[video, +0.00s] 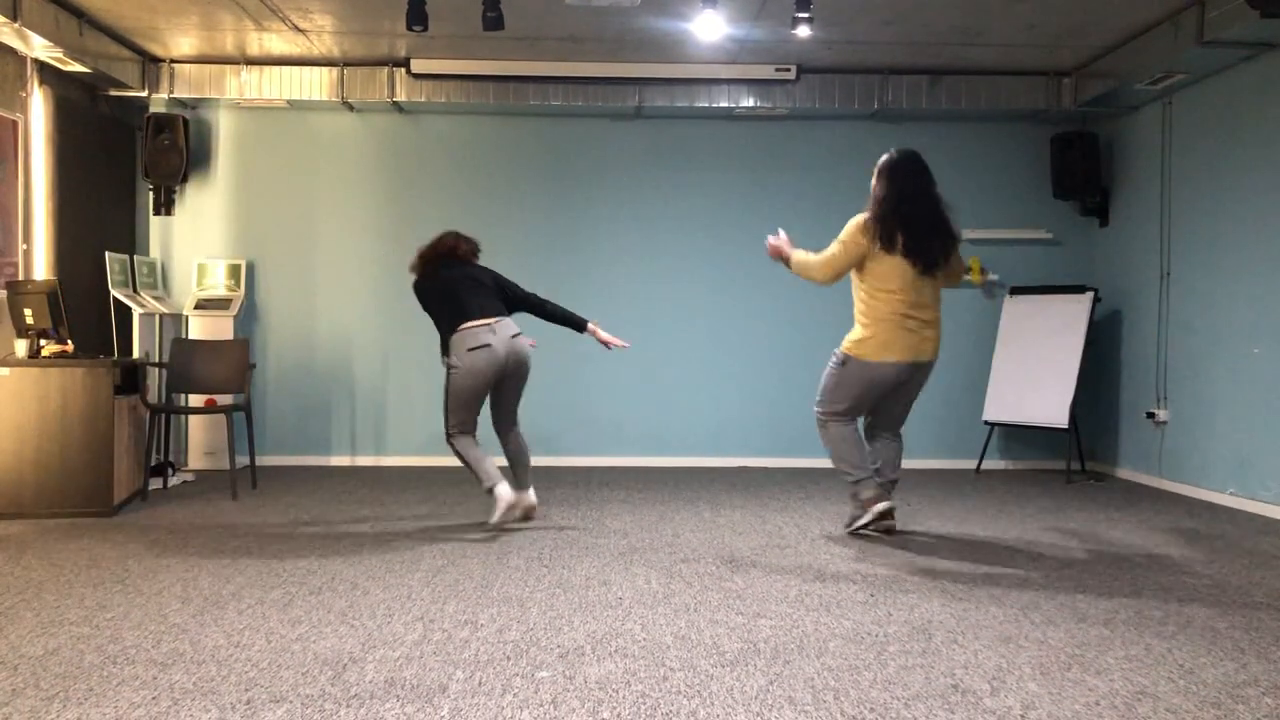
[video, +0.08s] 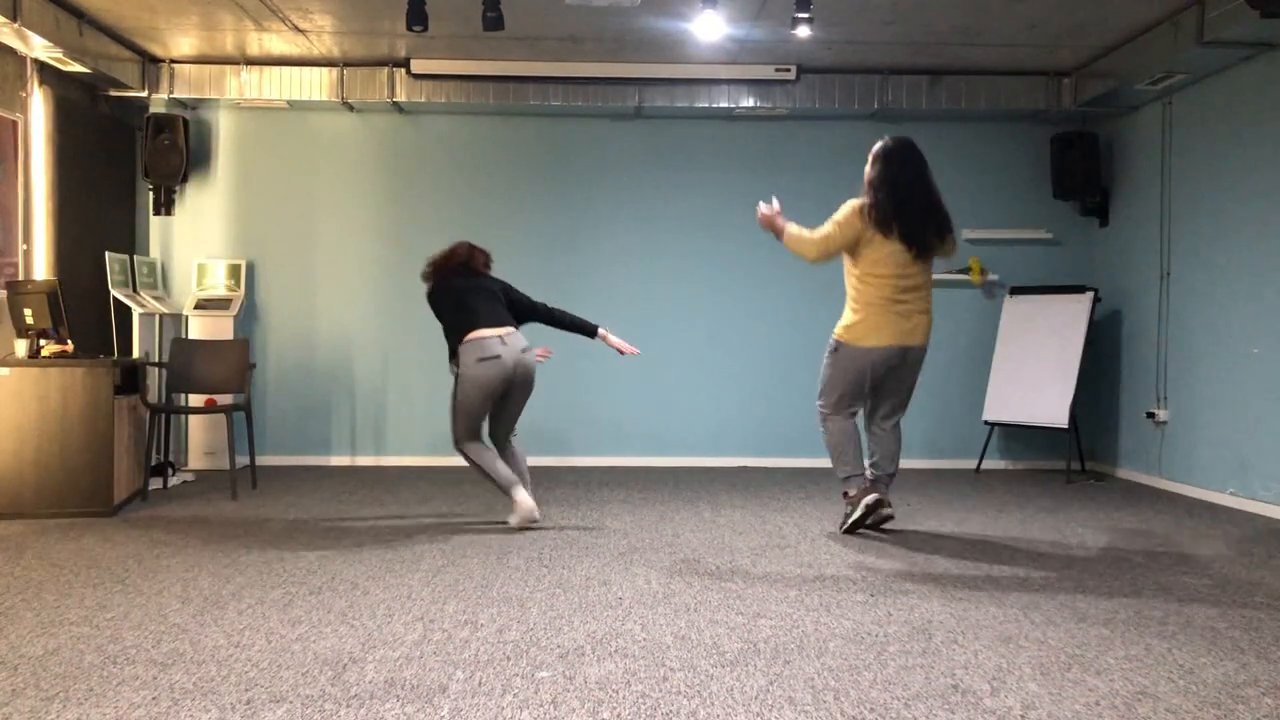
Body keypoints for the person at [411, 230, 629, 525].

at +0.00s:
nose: (476, 259)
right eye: (474, 254)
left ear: (431, 257)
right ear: (468, 254)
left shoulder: (423, 284)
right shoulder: (484, 274)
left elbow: (459, 316)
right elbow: (531, 302)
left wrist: (507, 337)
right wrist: (590, 328)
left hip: (472, 352)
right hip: (513, 343)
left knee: (460, 433)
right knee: (507, 423)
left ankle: (500, 490)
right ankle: (526, 493)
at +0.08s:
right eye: (485, 265)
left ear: (445, 266)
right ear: (481, 266)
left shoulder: (437, 292)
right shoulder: (494, 285)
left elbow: (471, 327)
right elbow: (541, 312)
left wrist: (519, 350)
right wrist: (601, 333)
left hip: (480, 359)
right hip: (521, 354)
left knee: (467, 439)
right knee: (502, 435)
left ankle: (518, 495)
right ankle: (526, 505)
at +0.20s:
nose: (511, 295)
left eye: (510, 291)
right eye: (509, 291)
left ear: (469, 286)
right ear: (502, 289)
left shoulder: (458, 316)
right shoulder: (507, 307)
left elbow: (487, 355)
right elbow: (553, 333)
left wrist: (536, 381)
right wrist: (610, 354)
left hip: (482, 374)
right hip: (526, 362)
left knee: (484, 439)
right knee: (513, 435)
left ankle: (522, 485)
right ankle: (530, 497)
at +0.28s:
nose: (515, 302)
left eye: (515, 298)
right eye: (514, 298)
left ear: (475, 294)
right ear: (507, 296)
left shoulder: (460, 320)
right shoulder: (511, 312)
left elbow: (483, 366)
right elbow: (555, 344)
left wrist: (537, 395)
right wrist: (607, 369)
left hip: (475, 374)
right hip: (522, 365)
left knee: (476, 425)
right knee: (521, 432)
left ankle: (498, 476)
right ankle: (532, 503)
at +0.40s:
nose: (520, 309)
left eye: (519, 305)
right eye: (518, 304)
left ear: (480, 297)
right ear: (511, 301)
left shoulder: (460, 317)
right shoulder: (509, 314)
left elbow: (483, 374)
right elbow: (546, 358)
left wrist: (517, 418)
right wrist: (585, 398)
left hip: (457, 362)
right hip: (504, 355)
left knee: (453, 416)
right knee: (518, 432)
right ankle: (529, 503)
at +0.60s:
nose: (506, 294)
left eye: (506, 290)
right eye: (505, 289)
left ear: (471, 275)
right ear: (499, 285)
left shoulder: (452, 290)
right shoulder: (499, 305)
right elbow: (517, 357)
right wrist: (538, 400)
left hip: (421, 337)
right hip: (464, 343)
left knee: (421, 410)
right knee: (475, 413)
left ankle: (420, 481)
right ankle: (487, 466)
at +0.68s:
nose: (500, 291)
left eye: (500, 288)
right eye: (498, 287)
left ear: (463, 272)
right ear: (492, 282)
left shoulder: (445, 285)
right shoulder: (493, 303)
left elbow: (414, 310)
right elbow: (502, 351)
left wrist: (393, 345)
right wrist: (514, 393)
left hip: (416, 333)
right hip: (459, 342)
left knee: (414, 402)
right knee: (455, 414)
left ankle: (404, 470)